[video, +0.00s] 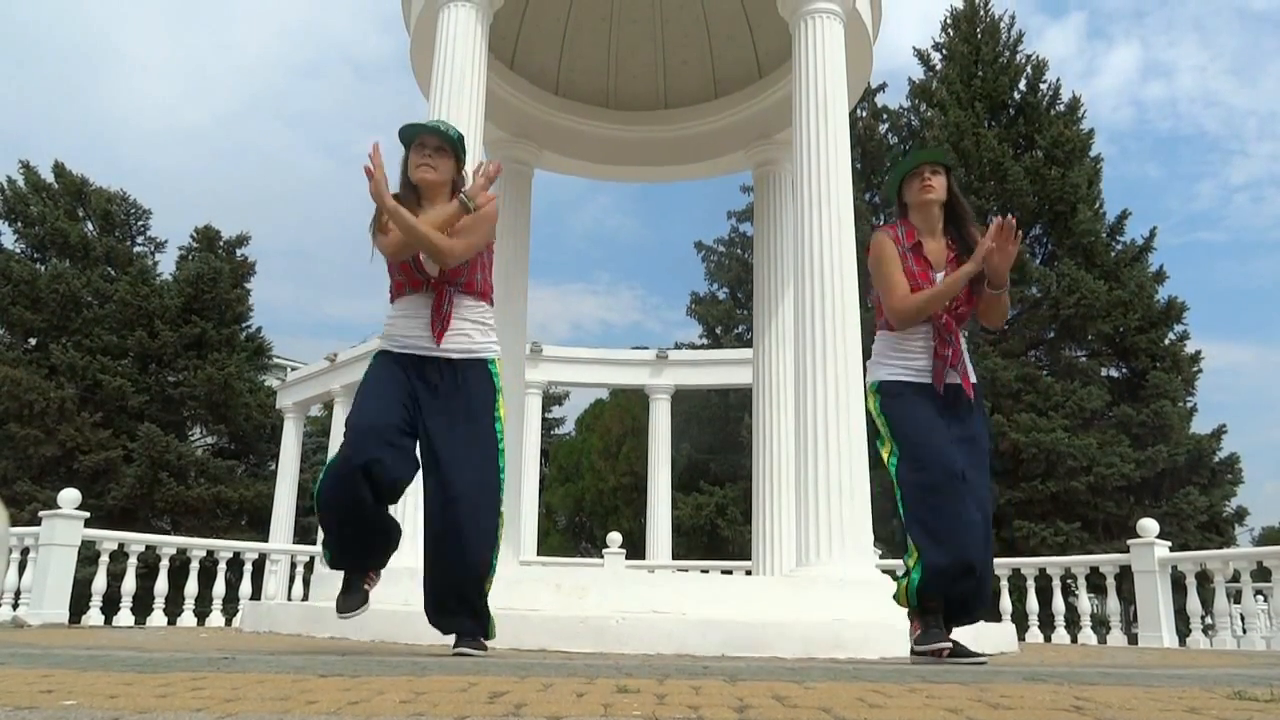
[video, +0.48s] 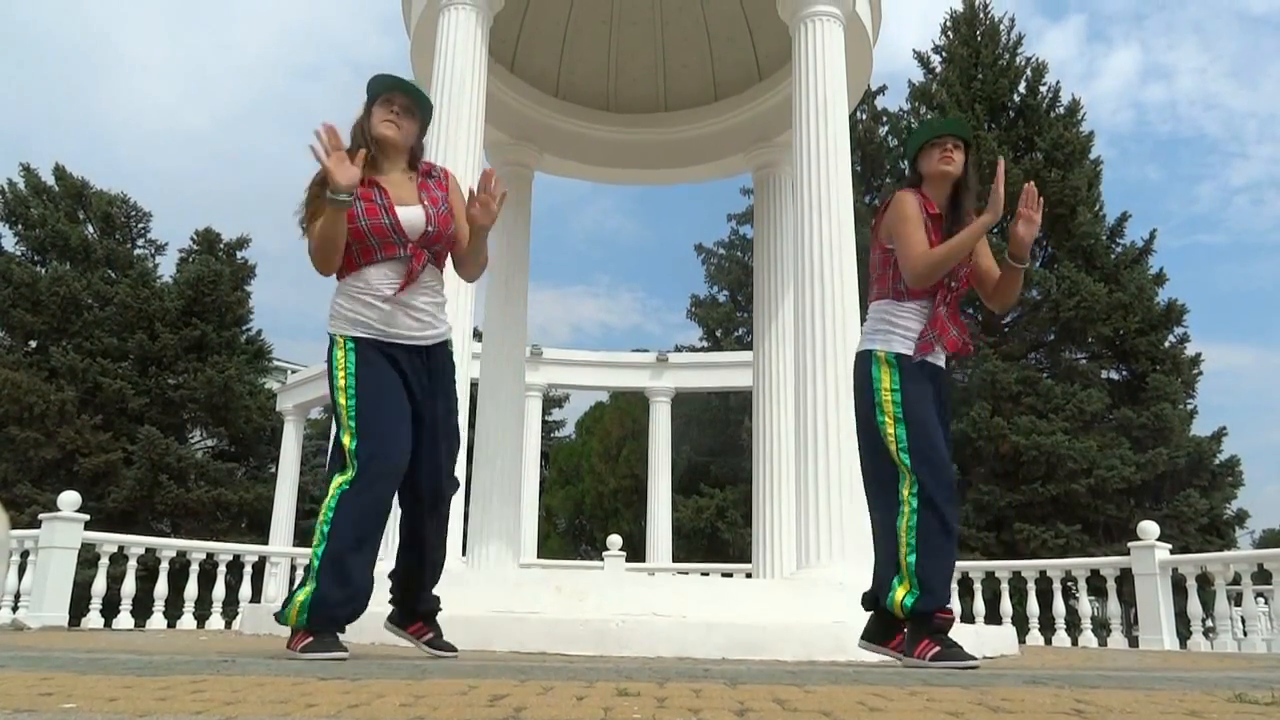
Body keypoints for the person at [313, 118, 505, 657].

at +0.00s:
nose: (426, 157)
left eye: (438, 151)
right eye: (419, 149)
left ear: (459, 166)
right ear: (406, 162)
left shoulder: (484, 208)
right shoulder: (388, 214)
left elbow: (447, 251)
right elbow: (392, 247)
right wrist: (464, 205)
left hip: (466, 365)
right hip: (398, 360)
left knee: (467, 497)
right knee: (355, 469)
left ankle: (467, 628)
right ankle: (365, 554)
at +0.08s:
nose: (412, 131)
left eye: (425, 125)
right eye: (405, 122)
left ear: (444, 138)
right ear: (390, 132)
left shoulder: (469, 170)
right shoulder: (374, 178)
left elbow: (458, 224)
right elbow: (378, 221)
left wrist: (415, 179)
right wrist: (440, 172)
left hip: (463, 341)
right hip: (394, 335)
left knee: (470, 472)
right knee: (369, 452)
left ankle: (474, 610)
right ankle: (339, 583)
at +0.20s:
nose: (401, 115)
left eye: (414, 110)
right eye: (390, 106)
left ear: (427, 124)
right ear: (370, 117)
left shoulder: (454, 164)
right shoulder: (354, 167)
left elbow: (500, 231)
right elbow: (320, 226)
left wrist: (490, 179)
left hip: (452, 339)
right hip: (380, 335)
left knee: (474, 465)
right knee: (359, 464)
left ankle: (483, 588)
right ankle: (315, 608)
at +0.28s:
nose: (393, 122)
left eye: (406, 118)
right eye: (383, 114)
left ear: (422, 137)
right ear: (364, 129)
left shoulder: (443, 185)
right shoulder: (341, 186)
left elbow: (499, 252)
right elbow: (288, 256)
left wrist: (523, 206)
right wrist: (263, 183)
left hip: (435, 360)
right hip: (364, 355)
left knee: (469, 482)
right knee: (352, 477)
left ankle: (482, 590)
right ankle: (316, 621)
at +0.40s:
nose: (391, 115)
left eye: (404, 113)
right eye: (382, 107)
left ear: (420, 136)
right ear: (363, 124)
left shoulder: (440, 192)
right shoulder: (336, 195)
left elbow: (446, 276)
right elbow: (316, 275)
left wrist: (493, 243)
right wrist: (261, 216)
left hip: (431, 357)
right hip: (361, 352)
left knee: (449, 477)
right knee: (364, 468)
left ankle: (440, 607)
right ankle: (317, 623)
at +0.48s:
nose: (397, 115)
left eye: (410, 111)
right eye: (387, 106)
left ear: (422, 131)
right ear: (365, 119)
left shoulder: (441, 183)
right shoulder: (339, 179)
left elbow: (468, 268)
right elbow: (327, 263)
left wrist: (482, 226)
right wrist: (341, 194)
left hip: (430, 346)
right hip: (363, 341)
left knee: (434, 482)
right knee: (374, 467)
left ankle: (412, 611)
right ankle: (315, 623)